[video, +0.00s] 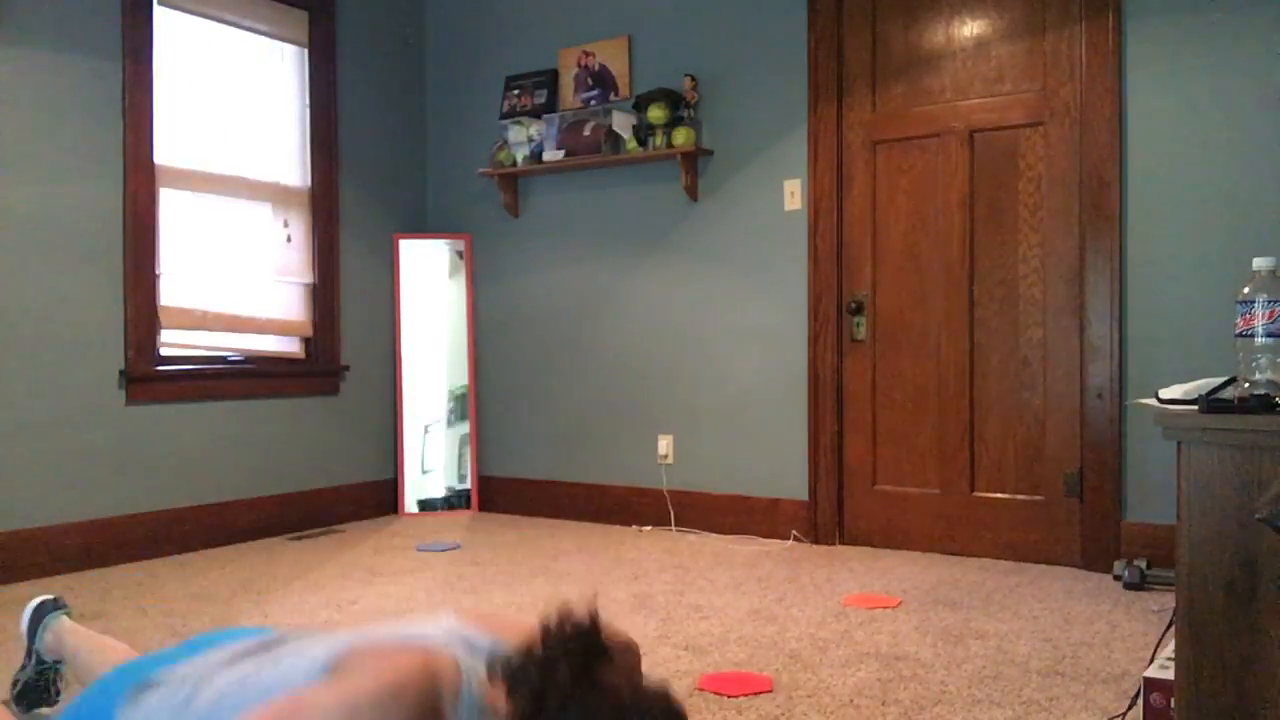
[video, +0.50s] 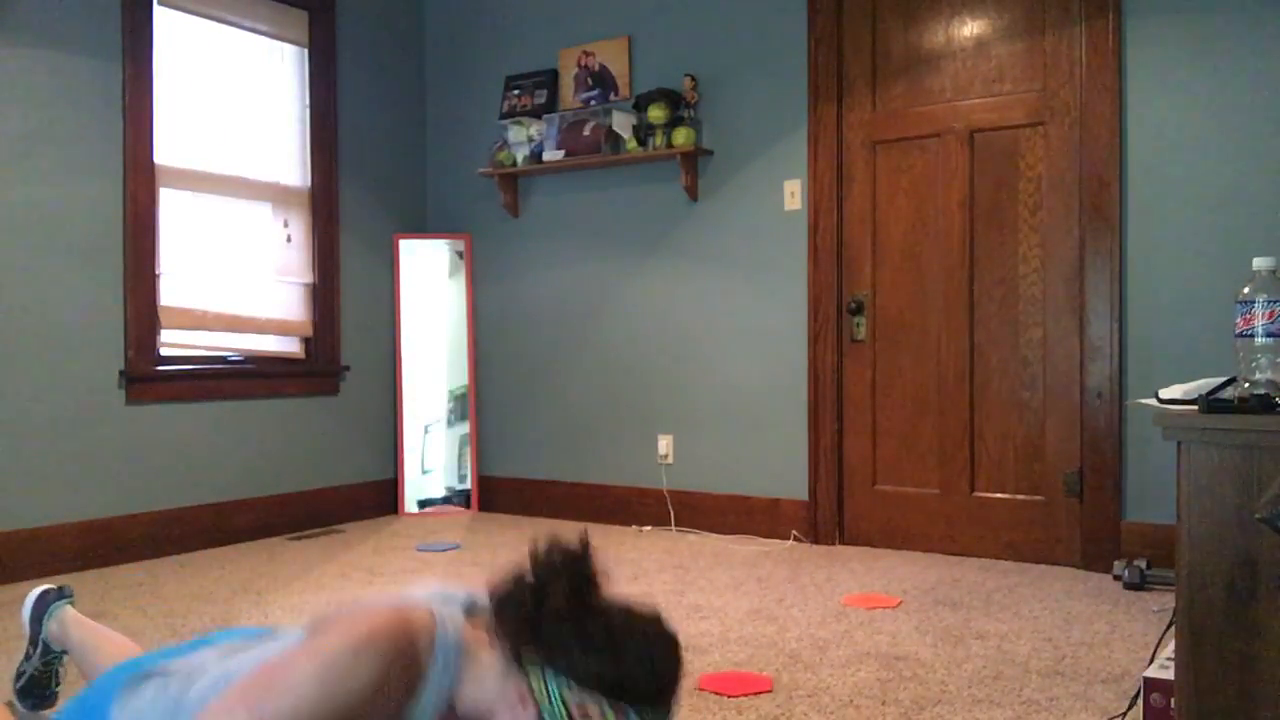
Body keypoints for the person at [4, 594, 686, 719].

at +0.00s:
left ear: (577, 663)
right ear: (547, 718)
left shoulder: (518, 657)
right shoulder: (412, 681)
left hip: (272, 651)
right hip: (209, 693)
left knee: (155, 665)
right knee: (126, 683)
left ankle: (53, 633)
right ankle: (51, 634)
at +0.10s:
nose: (590, 646)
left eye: (589, 650)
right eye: (601, 651)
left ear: (567, 666)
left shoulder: (477, 689)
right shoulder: (481, 692)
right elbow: (622, 649)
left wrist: (551, 680)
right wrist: (572, 685)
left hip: (271, 675)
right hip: (268, 682)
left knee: (147, 681)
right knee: (143, 682)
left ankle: (57, 629)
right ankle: (54, 627)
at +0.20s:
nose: (586, 674)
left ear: (585, 687)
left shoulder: (523, 702)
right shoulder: (523, 703)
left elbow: (621, 651)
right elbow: (622, 650)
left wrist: (587, 693)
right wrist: (588, 696)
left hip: (280, 682)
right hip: (259, 695)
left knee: (149, 681)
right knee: (139, 688)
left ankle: (57, 623)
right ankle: (56, 625)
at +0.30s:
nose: (594, 642)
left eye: (592, 650)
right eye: (607, 649)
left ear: (565, 666)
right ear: (590, 710)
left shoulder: (484, 693)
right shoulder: (499, 693)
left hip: (272, 688)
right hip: (275, 691)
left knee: (156, 685)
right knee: (154, 686)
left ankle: (63, 622)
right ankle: (61, 623)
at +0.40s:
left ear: (564, 664)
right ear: (558, 714)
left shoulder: (521, 669)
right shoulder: (415, 687)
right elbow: (291, 712)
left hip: (297, 669)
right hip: (244, 698)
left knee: (171, 674)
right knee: (147, 689)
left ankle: (63, 620)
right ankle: (61, 622)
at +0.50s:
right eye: (559, 716)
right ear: (550, 687)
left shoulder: (522, 637)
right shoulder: (381, 652)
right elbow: (223, 715)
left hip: (280, 658)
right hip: (198, 694)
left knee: (162, 665)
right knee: (132, 678)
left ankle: (59, 622)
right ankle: (56, 621)